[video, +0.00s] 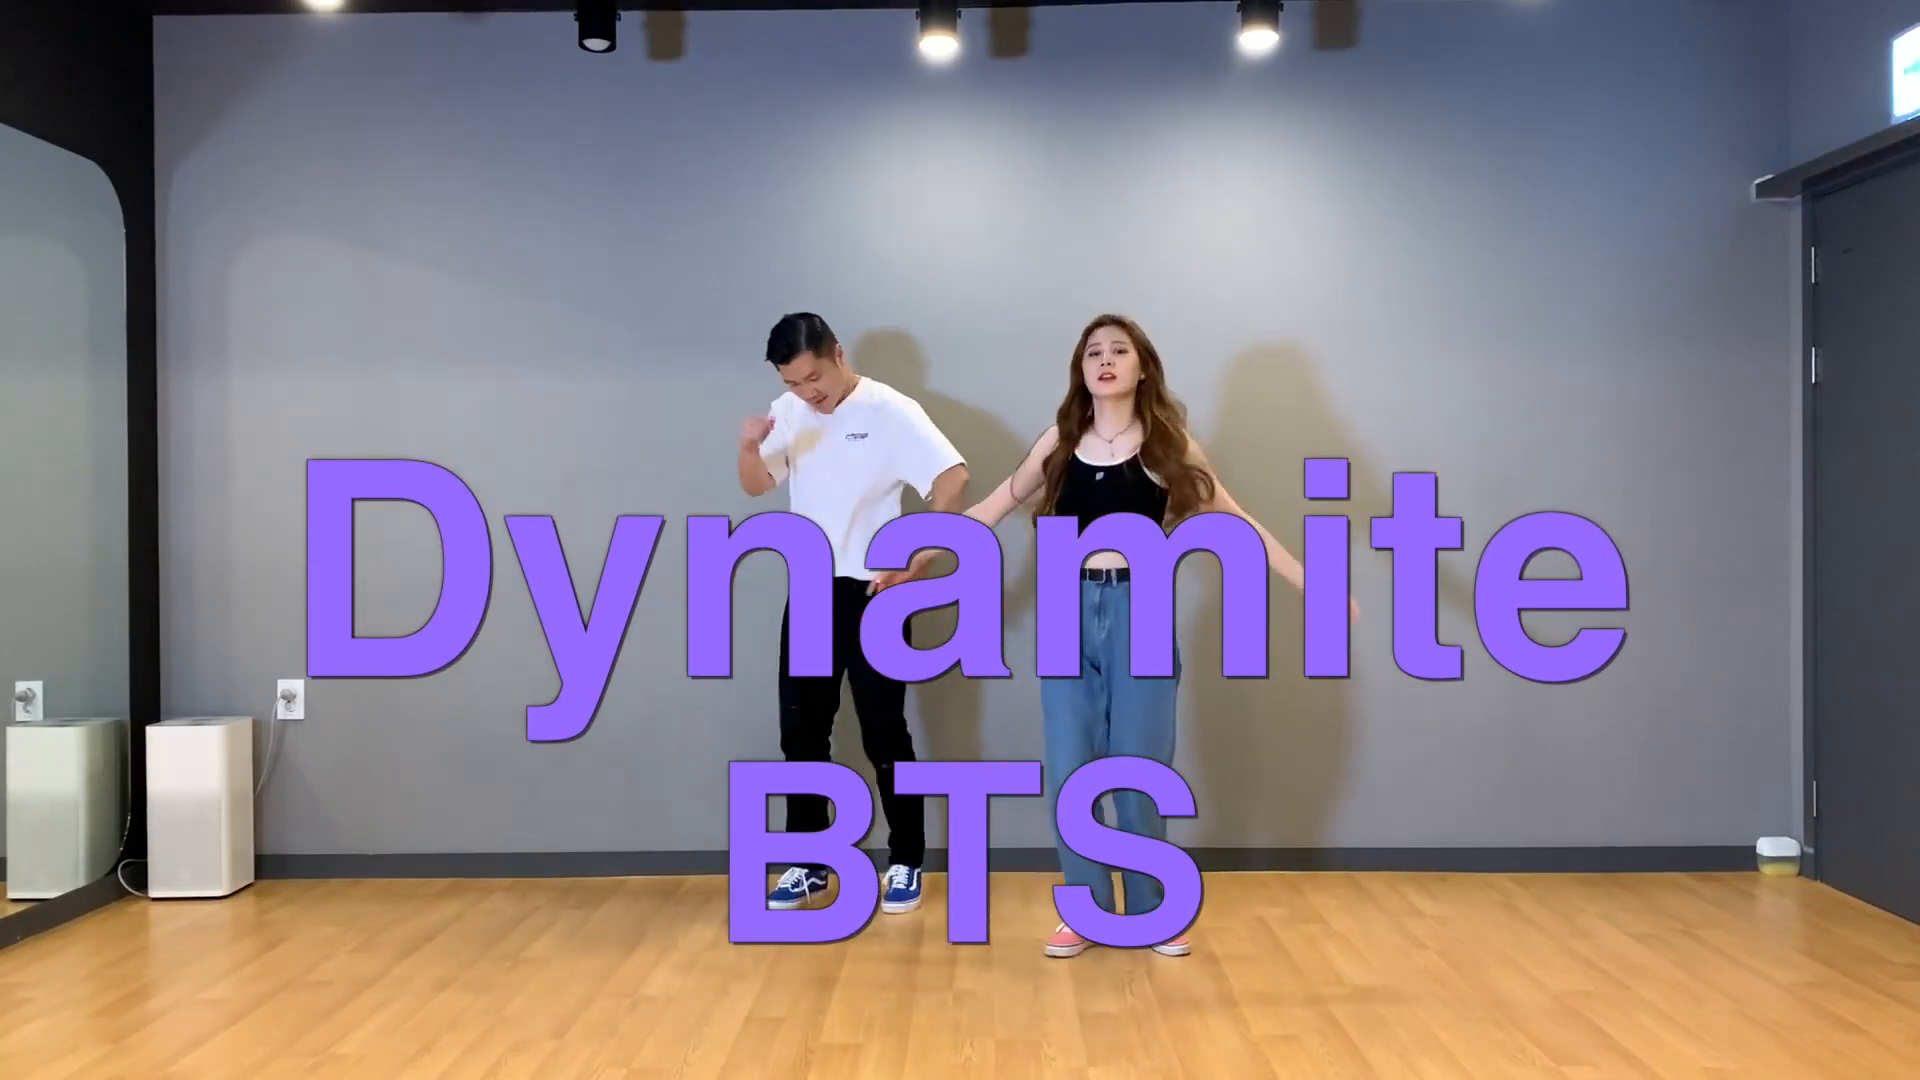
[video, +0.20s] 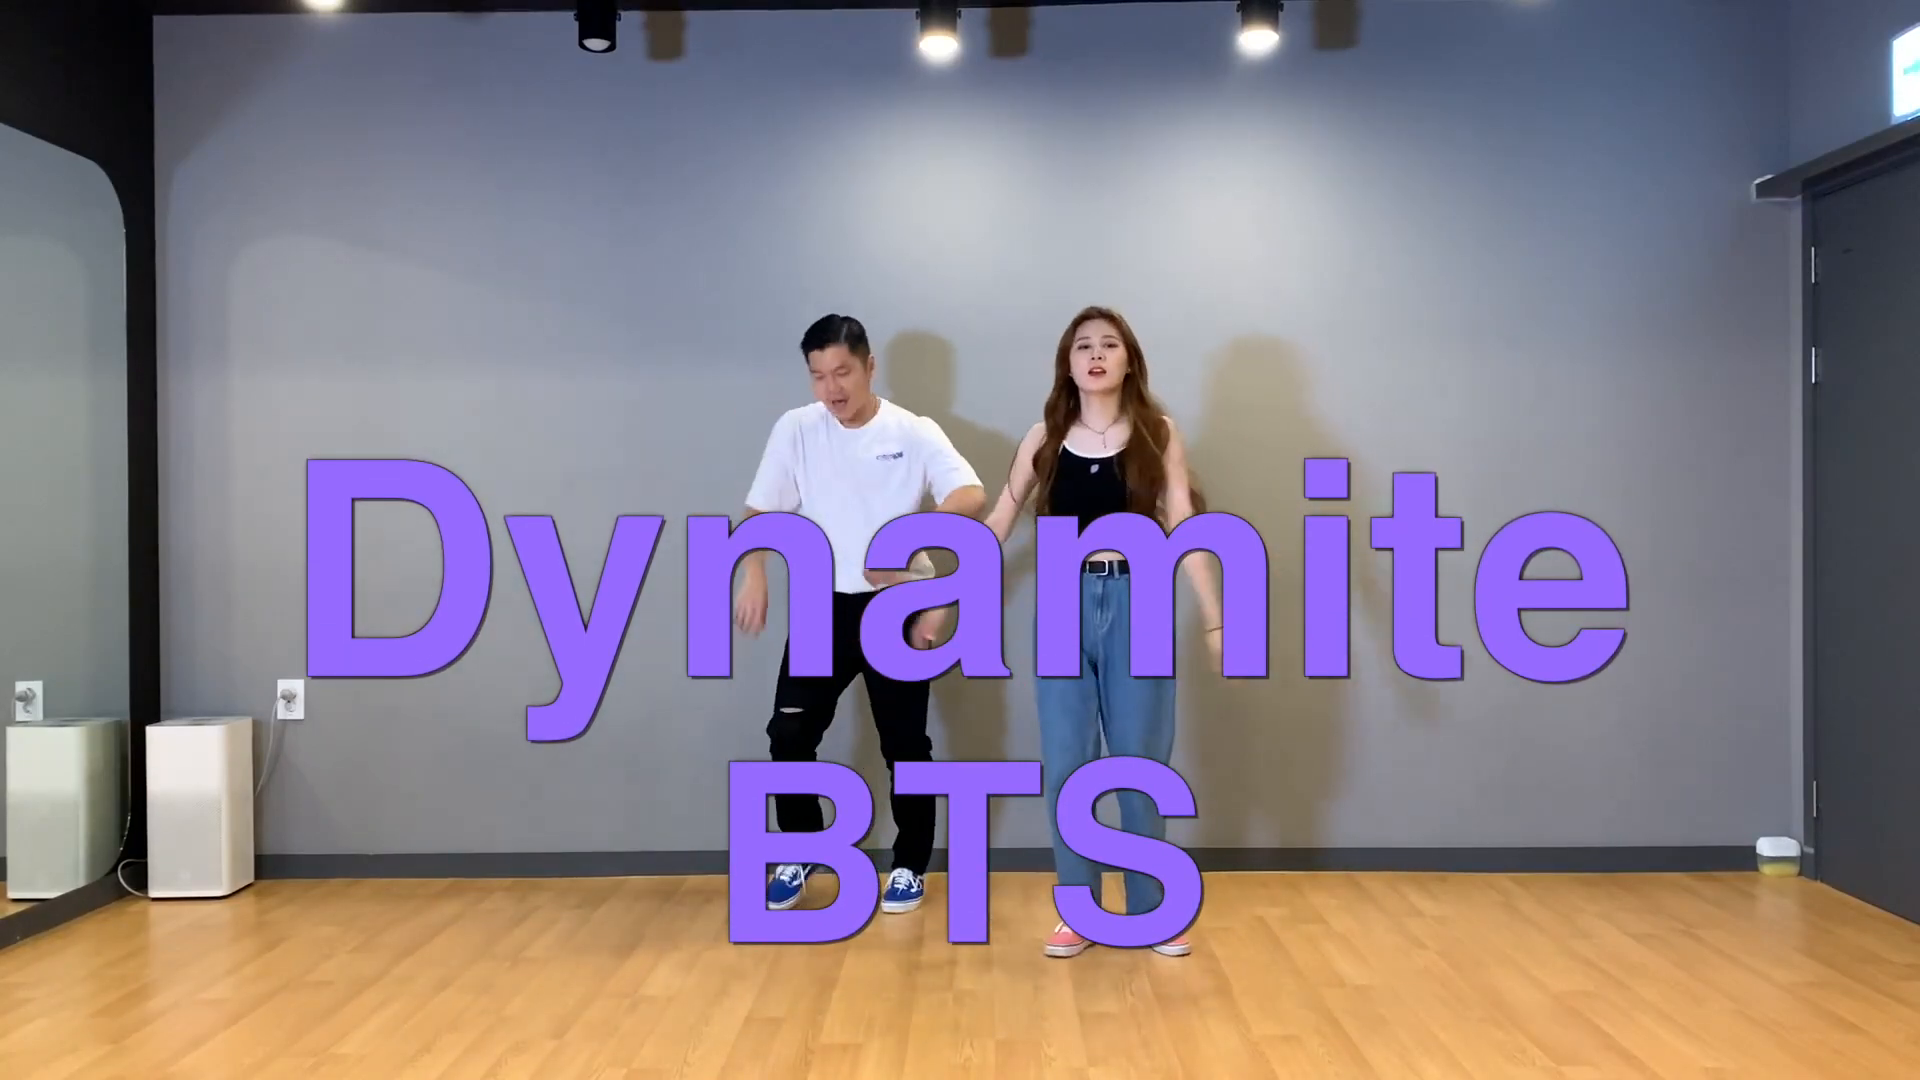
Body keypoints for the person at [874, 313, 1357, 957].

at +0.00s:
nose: (1104, 361)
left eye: (1118, 352)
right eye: (1093, 354)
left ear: (1142, 366)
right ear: (1080, 370)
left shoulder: (1173, 444)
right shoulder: (1059, 440)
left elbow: (1240, 526)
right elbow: (994, 506)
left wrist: (1314, 587)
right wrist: (918, 559)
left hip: (1139, 612)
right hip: (1065, 611)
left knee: (1138, 762)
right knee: (1068, 765)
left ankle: (1155, 911)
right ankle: (1079, 909)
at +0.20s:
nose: (1095, 356)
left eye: (1108, 346)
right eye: (1083, 348)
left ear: (1129, 359)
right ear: (1068, 363)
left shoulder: (1159, 434)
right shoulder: (1043, 438)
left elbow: (1185, 532)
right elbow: (997, 526)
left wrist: (1214, 617)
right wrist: (949, 594)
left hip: (1138, 608)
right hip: (1061, 607)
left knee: (1139, 758)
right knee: (1066, 760)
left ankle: (1152, 911)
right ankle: (1076, 909)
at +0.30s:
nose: (1087, 350)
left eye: (1099, 341)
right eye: (1074, 342)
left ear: (1120, 354)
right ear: (1059, 357)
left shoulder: (1152, 431)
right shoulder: (1036, 434)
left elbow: (1158, 530)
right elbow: (1017, 529)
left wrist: (1167, 619)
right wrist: (991, 615)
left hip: (1133, 601)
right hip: (1058, 601)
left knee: (1140, 761)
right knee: (1062, 765)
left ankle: (1154, 910)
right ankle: (1076, 912)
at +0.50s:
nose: (1067, 369)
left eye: (1078, 358)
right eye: (1054, 360)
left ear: (1099, 370)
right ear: (1036, 375)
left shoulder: (1137, 443)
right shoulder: (1018, 455)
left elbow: (1156, 533)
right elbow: (1011, 550)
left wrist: (1165, 618)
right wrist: (996, 639)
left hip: (1124, 614)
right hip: (1045, 615)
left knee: (1151, 775)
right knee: (1053, 781)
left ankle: (1158, 910)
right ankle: (1064, 914)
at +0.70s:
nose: (1055, 372)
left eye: (1067, 361)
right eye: (1042, 364)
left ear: (1086, 371)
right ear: (1025, 379)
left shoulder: (1125, 440)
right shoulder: (1009, 461)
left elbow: (1145, 533)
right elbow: (1004, 554)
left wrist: (1157, 614)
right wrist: (996, 637)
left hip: (1117, 615)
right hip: (1039, 618)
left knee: (1164, 772)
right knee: (1054, 782)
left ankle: (1158, 901)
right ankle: (1066, 912)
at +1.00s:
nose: (1065, 358)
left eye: (1075, 347)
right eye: (1050, 350)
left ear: (1093, 359)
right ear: (1031, 366)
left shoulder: (1119, 431)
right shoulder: (1014, 444)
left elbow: (1133, 512)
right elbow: (993, 540)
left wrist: (1158, 573)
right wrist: (1009, 628)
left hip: (1125, 598)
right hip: (1052, 604)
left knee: (1170, 751)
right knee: (1071, 775)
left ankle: (1205, 903)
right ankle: (1082, 917)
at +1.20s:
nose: (1072, 381)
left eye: (1083, 370)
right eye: (1059, 373)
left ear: (1102, 381)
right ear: (1041, 388)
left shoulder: (1128, 456)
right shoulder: (1023, 466)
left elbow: (1133, 547)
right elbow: (1013, 566)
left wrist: (1153, 613)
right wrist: (1012, 657)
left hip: (1123, 627)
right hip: (1051, 628)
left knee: (1161, 781)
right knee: (1071, 800)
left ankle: (1208, 932)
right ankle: (1085, 919)